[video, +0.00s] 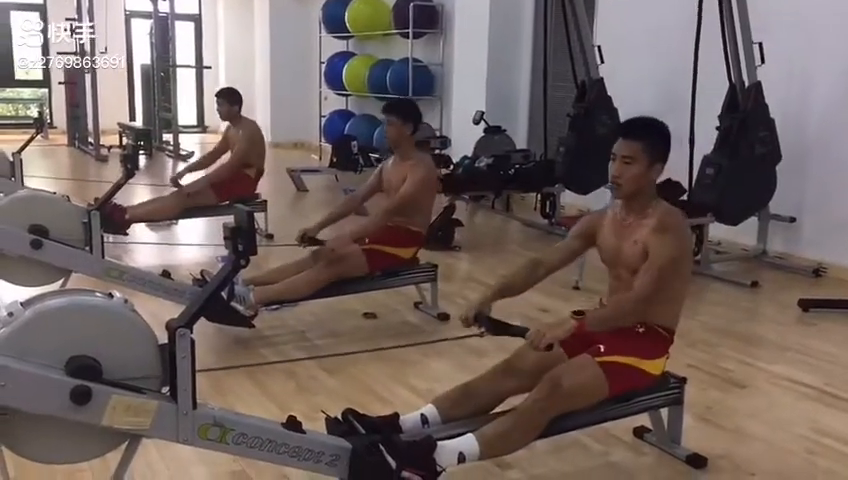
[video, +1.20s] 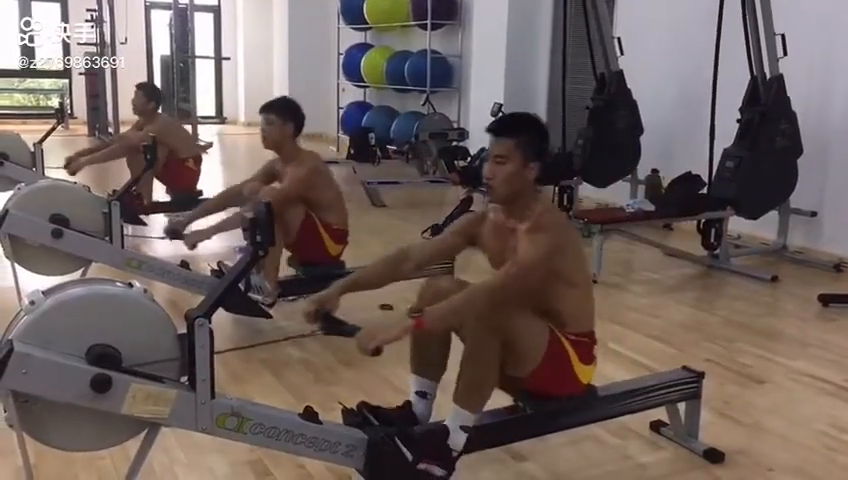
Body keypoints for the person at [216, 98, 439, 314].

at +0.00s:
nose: (384, 131)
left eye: (390, 125)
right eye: (385, 124)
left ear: (409, 128)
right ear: (394, 128)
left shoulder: (422, 169)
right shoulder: (388, 166)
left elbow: (387, 214)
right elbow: (355, 200)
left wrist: (339, 241)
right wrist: (317, 227)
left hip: (401, 248)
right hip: (379, 239)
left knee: (330, 267)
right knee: (317, 256)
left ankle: (253, 300)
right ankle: (240, 282)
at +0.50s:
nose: (362, 126)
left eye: (368, 120)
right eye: (362, 119)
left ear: (388, 124)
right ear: (369, 123)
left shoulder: (405, 161)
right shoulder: (372, 160)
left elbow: (372, 204)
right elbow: (337, 190)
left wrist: (329, 227)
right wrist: (298, 216)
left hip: (399, 240)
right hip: (376, 231)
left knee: (324, 237)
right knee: (310, 230)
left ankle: (263, 295)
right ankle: (243, 277)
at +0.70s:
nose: (341, 126)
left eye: (347, 120)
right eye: (341, 120)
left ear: (366, 125)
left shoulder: (385, 162)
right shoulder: (352, 160)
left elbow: (351, 203)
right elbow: (315, 190)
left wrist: (301, 230)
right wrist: (279, 215)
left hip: (384, 240)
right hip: (367, 232)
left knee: (304, 212)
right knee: (302, 213)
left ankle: (254, 276)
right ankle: (264, 289)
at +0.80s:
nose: (327, 126)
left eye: (334, 121)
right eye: (328, 120)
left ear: (353, 125)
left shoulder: (372, 163)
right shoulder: (341, 161)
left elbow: (338, 203)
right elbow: (306, 187)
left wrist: (280, 235)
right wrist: (275, 207)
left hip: (374, 240)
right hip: (357, 233)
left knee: (304, 210)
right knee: (294, 205)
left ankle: (266, 289)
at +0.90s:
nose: (311, 128)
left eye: (318, 122)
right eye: (312, 121)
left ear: (338, 126)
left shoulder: (356, 164)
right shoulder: (325, 161)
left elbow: (317, 202)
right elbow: (292, 187)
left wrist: (269, 233)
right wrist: (256, 211)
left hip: (364, 242)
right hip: (346, 234)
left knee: (301, 208)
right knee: (284, 199)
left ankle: (268, 289)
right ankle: (253, 274)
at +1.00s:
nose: (294, 129)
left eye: (301, 123)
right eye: (295, 122)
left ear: (321, 127)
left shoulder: (339, 166)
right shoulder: (310, 162)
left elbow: (298, 203)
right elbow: (270, 190)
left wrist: (242, 234)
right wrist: (223, 220)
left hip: (351, 243)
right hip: (335, 236)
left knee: (291, 206)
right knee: (278, 201)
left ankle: (268, 288)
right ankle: (253, 279)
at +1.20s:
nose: (262, 130)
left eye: (269, 124)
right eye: (262, 124)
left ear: (290, 129)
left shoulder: (306, 168)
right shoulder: (278, 164)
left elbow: (260, 208)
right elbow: (240, 191)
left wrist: (205, 234)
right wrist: (188, 218)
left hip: (326, 247)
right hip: (309, 242)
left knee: (272, 198)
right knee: (252, 190)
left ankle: (269, 285)